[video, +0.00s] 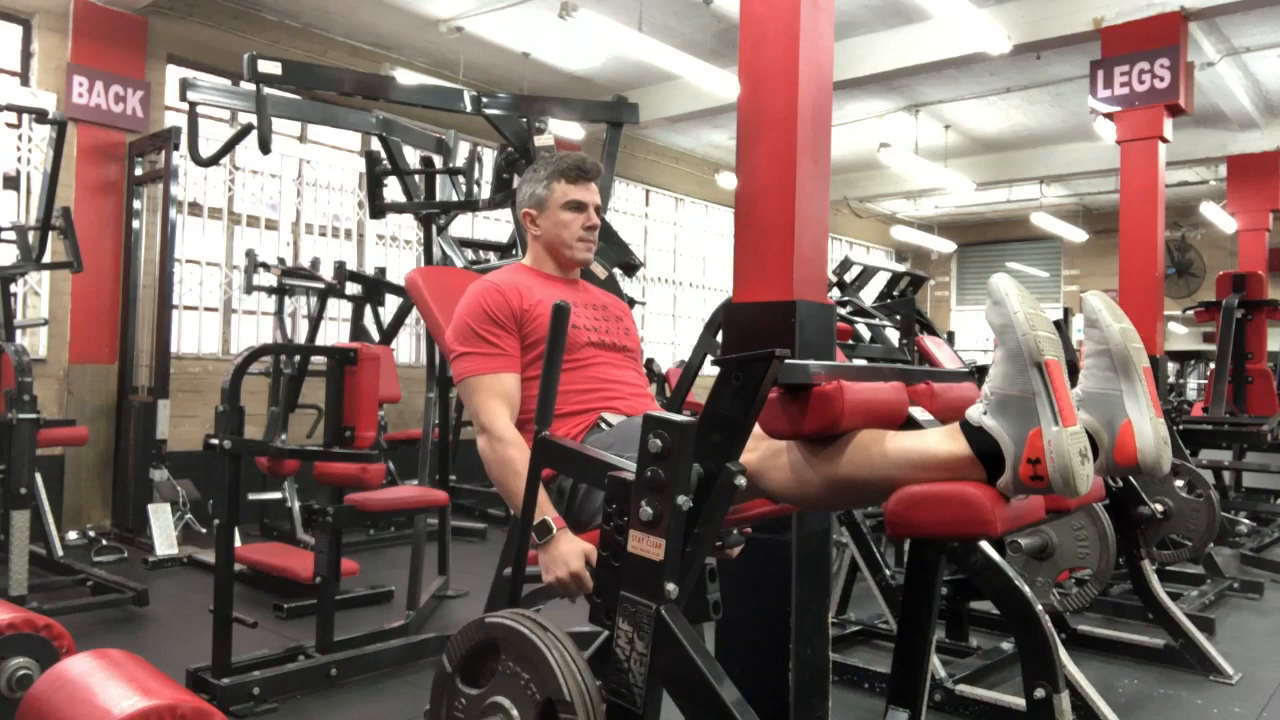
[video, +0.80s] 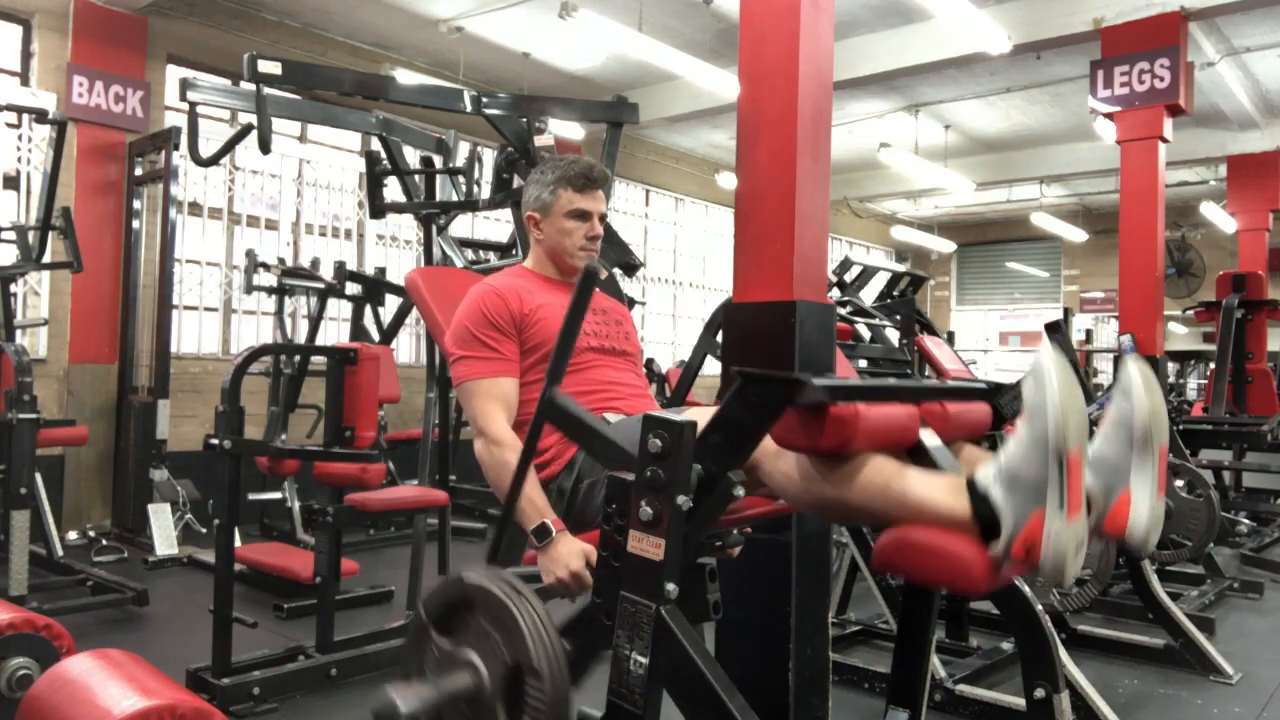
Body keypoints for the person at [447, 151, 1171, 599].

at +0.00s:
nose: (586, 225)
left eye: (593, 213)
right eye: (571, 211)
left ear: (596, 221)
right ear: (528, 215)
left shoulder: (609, 304)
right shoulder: (496, 295)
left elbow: (648, 398)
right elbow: (493, 428)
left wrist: (715, 430)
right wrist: (549, 530)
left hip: (663, 442)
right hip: (588, 462)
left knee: (828, 447)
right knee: (774, 457)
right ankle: (988, 444)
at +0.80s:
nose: (593, 234)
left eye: (598, 221)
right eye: (578, 219)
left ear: (598, 226)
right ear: (533, 219)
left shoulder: (608, 306)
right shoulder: (495, 298)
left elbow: (653, 398)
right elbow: (490, 429)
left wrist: (717, 421)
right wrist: (546, 533)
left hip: (656, 442)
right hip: (583, 465)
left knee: (817, 452)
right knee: (774, 455)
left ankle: (999, 501)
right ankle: (993, 504)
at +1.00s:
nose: (594, 234)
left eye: (601, 222)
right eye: (579, 219)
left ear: (603, 228)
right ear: (533, 221)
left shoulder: (609, 306)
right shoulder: (493, 300)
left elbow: (657, 401)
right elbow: (490, 433)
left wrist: (750, 410)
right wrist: (550, 533)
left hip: (656, 444)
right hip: (591, 463)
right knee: (783, 430)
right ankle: (954, 583)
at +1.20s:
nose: (593, 238)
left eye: (600, 225)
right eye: (578, 223)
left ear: (603, 225)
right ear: (532, 222)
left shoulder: (612, 301)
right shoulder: (494, 302)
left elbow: (659, 395)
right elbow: (493, 438)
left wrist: (732, 414)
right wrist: (552, 536)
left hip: (659, 439)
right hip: (581, 465)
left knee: (845, 417)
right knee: (768, 433)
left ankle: (983, 613)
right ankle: (884, 655)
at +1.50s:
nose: (600, 232)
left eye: (604, 220)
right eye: (586, 219)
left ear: (606, 228)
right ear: (539, 223)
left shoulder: (613, 304)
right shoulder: (508, 294)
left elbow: (650, 396)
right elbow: (490, 434)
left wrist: (717, 429)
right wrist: (550, 537)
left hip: (655, 445)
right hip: (586, 468)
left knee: (850, 421)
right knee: (757, 422)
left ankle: (901, 648)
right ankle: (793, 679)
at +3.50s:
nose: (597, 236)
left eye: (604, 225)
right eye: (583, 223)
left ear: (603, 230)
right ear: (538, 222)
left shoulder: (613, 305)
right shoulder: (496, 299)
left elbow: (657, 400)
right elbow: (486, 423)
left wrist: (732, 413)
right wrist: (552, 534)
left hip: (665, 437)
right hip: (587, 457)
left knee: (852, 416)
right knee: (762, 431)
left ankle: (960, 634)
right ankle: (862, 677)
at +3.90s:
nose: (593, 236)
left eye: (600, 223)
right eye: (579, 221)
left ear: (600, 225)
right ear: (534, 223)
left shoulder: (597, 300)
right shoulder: (495, 301)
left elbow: (635, 395)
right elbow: (494, 432)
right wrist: (556, 531)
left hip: (656, 437)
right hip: (589, 457)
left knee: (841, 415)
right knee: (778, 421)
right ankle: (925, 643)